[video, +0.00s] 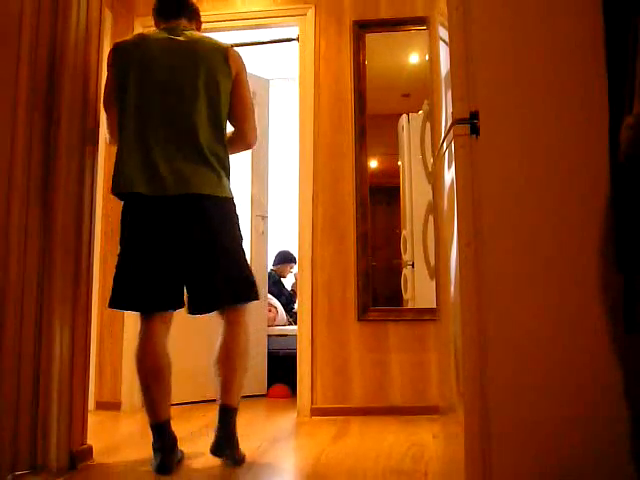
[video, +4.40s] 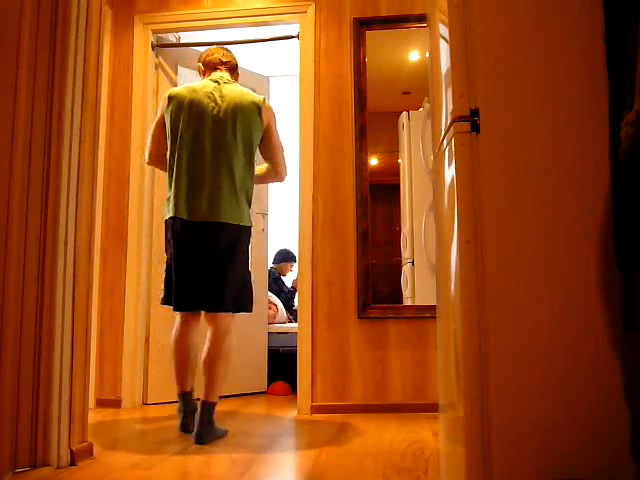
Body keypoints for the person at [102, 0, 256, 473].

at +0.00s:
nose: (194, 21)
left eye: (168, 17)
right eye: (196, 17)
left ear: (154, 18)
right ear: (196, 18)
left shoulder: (124, 52)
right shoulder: (225, 56)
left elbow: (114, 130)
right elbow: (247, 136)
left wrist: (154, 141)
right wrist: (206, 147)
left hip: (145, 205)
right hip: (207, 205)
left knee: (154, 321)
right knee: (237, 311)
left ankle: (163, 445)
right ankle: (227, 434)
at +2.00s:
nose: (194, 68)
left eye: (194, 65)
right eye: (203, 67)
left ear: (196, 69)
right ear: (231, 74)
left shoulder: (172, 86)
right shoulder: (253, 104)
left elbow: (145, 156)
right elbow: (263, 174)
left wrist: (173, 181)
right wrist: (227, 192)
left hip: (170, 213)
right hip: (220, 218)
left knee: (161, 314)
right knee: (214, 320)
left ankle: (155, 419)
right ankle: (204, 421)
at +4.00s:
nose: (191, 75)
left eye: (191, 71)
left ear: (192, 72)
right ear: (227, 73)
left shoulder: (168, 94)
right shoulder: (253, 102)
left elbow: (147, 163)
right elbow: (270, 169)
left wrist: (183, 179)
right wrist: (231, 180)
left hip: (177, 220)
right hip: (225, 222)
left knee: (174, 319)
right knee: (217, 323)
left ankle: (174, 420)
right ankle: (204, 421)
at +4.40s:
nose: (215, 69)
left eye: (206, 65)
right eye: (227, 65)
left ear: (200, 70)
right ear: (235, 71)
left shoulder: (177, 97)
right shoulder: (257, 104)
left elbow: (154, 155)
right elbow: (278, 169)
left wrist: (191, 171)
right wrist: (240, 178)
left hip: (183, 218)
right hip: (231, 222)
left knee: (186, 316)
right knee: (220, 324)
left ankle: (186, 410)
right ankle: (205, 422)